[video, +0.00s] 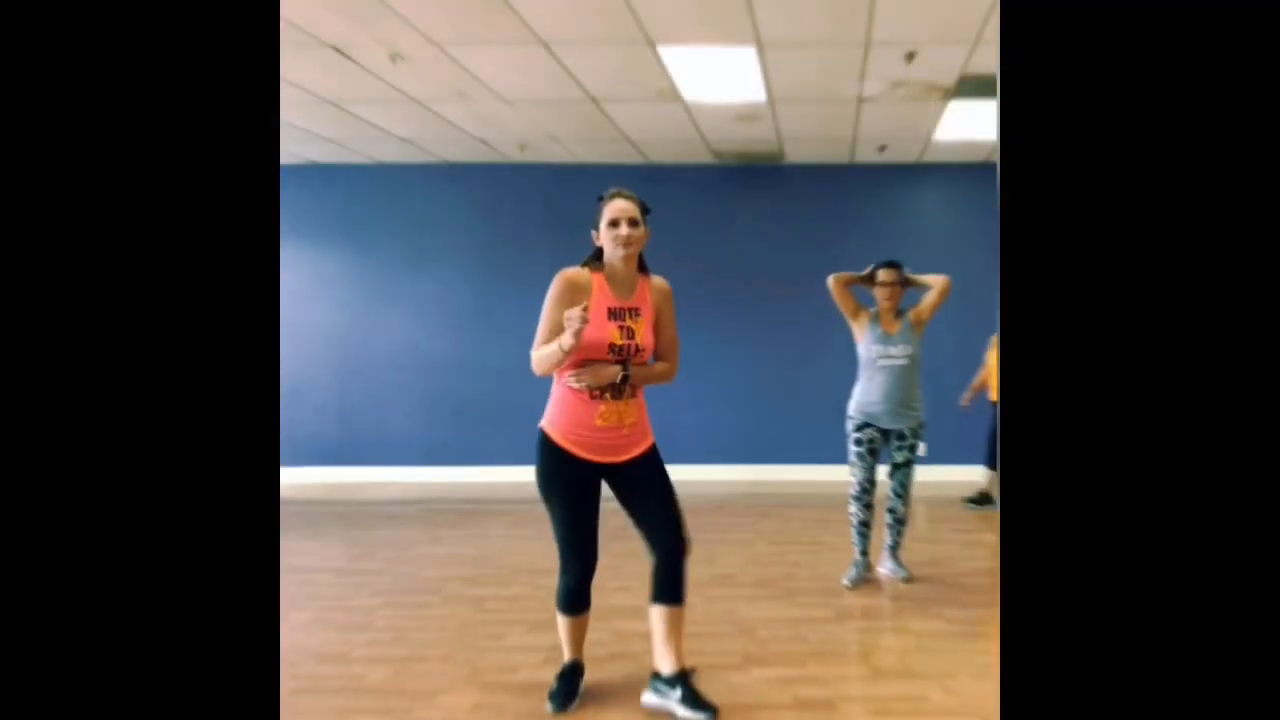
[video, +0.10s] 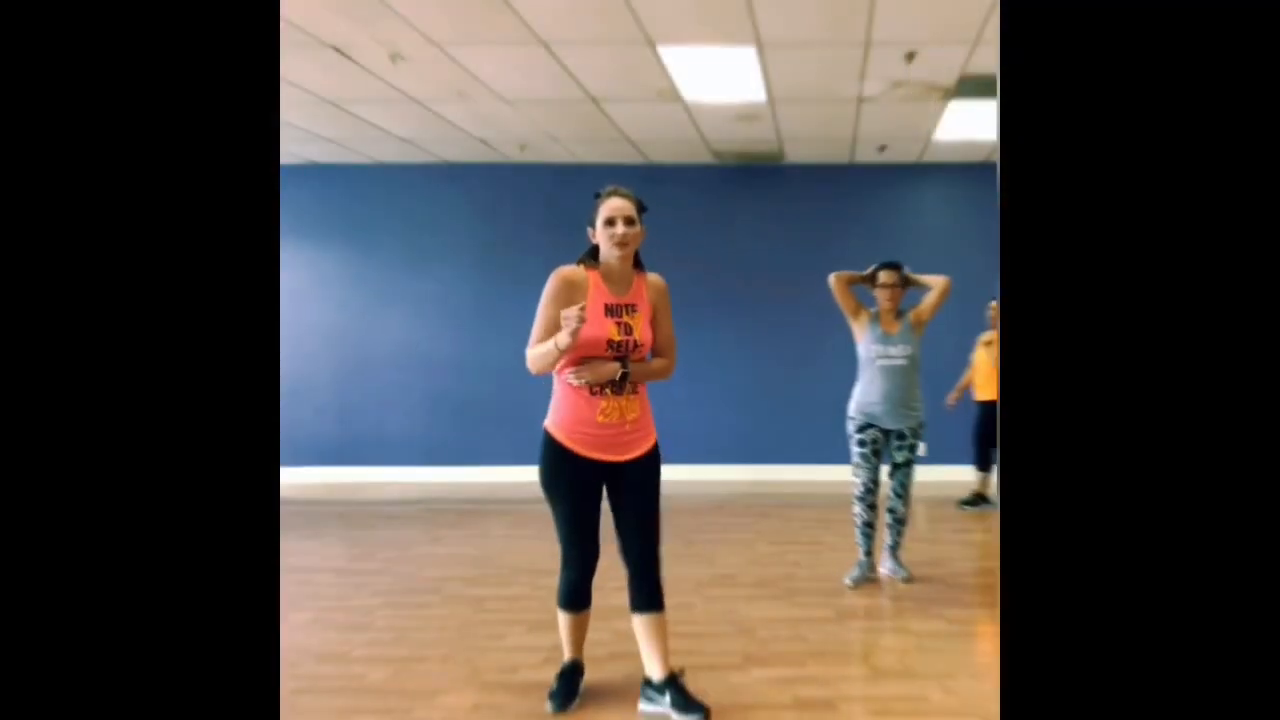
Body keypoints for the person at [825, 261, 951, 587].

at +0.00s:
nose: (888, 292)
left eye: (894, 285)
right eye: (882, 285)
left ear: (903, 290)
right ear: (873, 290)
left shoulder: (914, 322)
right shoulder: (861, 320)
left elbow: (944, 282)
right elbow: (834, 281)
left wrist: (911, 279)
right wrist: (864, 277)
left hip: (905, 418)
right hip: (865, 416)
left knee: (900, 492)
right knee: (862, 490)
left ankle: (891, 556)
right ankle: (860, 560)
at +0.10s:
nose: (888, 293)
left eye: (894, 287)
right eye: (883, 287)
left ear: (904, 291)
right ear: (873, 291)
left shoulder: (914, 322)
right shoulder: (861, 320)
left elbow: (944, 284)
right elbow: (835, 280)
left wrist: (911, 278)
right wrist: (866, 276)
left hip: (905, 418)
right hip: (866, 416)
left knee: (900, 493)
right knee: (865, 491)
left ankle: (892, 557)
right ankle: (865, 560)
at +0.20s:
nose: (889, 294)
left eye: (895, 288)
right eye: (883, 288)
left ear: (904, 292)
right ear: (874, 291)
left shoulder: (914, 322)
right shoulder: (861, 319)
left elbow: (943, 282)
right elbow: (835, 279)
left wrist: (913, 275)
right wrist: (866, 275)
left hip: (905, 417)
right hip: (865, 415)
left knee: (899, 492)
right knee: (861, 489)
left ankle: (892, 556)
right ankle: (861, 559)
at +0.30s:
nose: (887, 294)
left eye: (893, 288)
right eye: (882, 288)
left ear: (902, 291)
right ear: (873, 292)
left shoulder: (913, 322)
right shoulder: (861, 319)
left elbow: (941, 280)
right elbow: (835, 278)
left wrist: (910, 272)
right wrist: (864, 272)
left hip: (903, 417)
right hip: (863, 414)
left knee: (899, 490)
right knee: (855, 486)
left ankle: (891, 556)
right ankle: (857, 557)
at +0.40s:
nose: (886, 295)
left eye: (891, 289)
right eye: (880, 289)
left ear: (900, 292)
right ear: (870, 292)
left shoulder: (911, 322)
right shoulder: (858, 319)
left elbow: (939, 280)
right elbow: (832, 277)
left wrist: (907, 269)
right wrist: (862, 270)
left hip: (902, 418)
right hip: (861, 414)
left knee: (897, 490)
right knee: (852, 486)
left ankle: (891, 555)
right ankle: (851, 555)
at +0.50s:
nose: (882, 296)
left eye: (888, 290)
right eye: (876, 290)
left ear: (896, 292)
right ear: (866, 292)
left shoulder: (907, 322)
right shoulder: (854, 319)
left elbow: (935, 281)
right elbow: (827, 278)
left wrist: (904, 268)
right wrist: (858, 270)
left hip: (899, 419)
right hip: (858, 416)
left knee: (895, 492)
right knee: (851, 490)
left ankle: (891, 555)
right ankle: (847, 557)